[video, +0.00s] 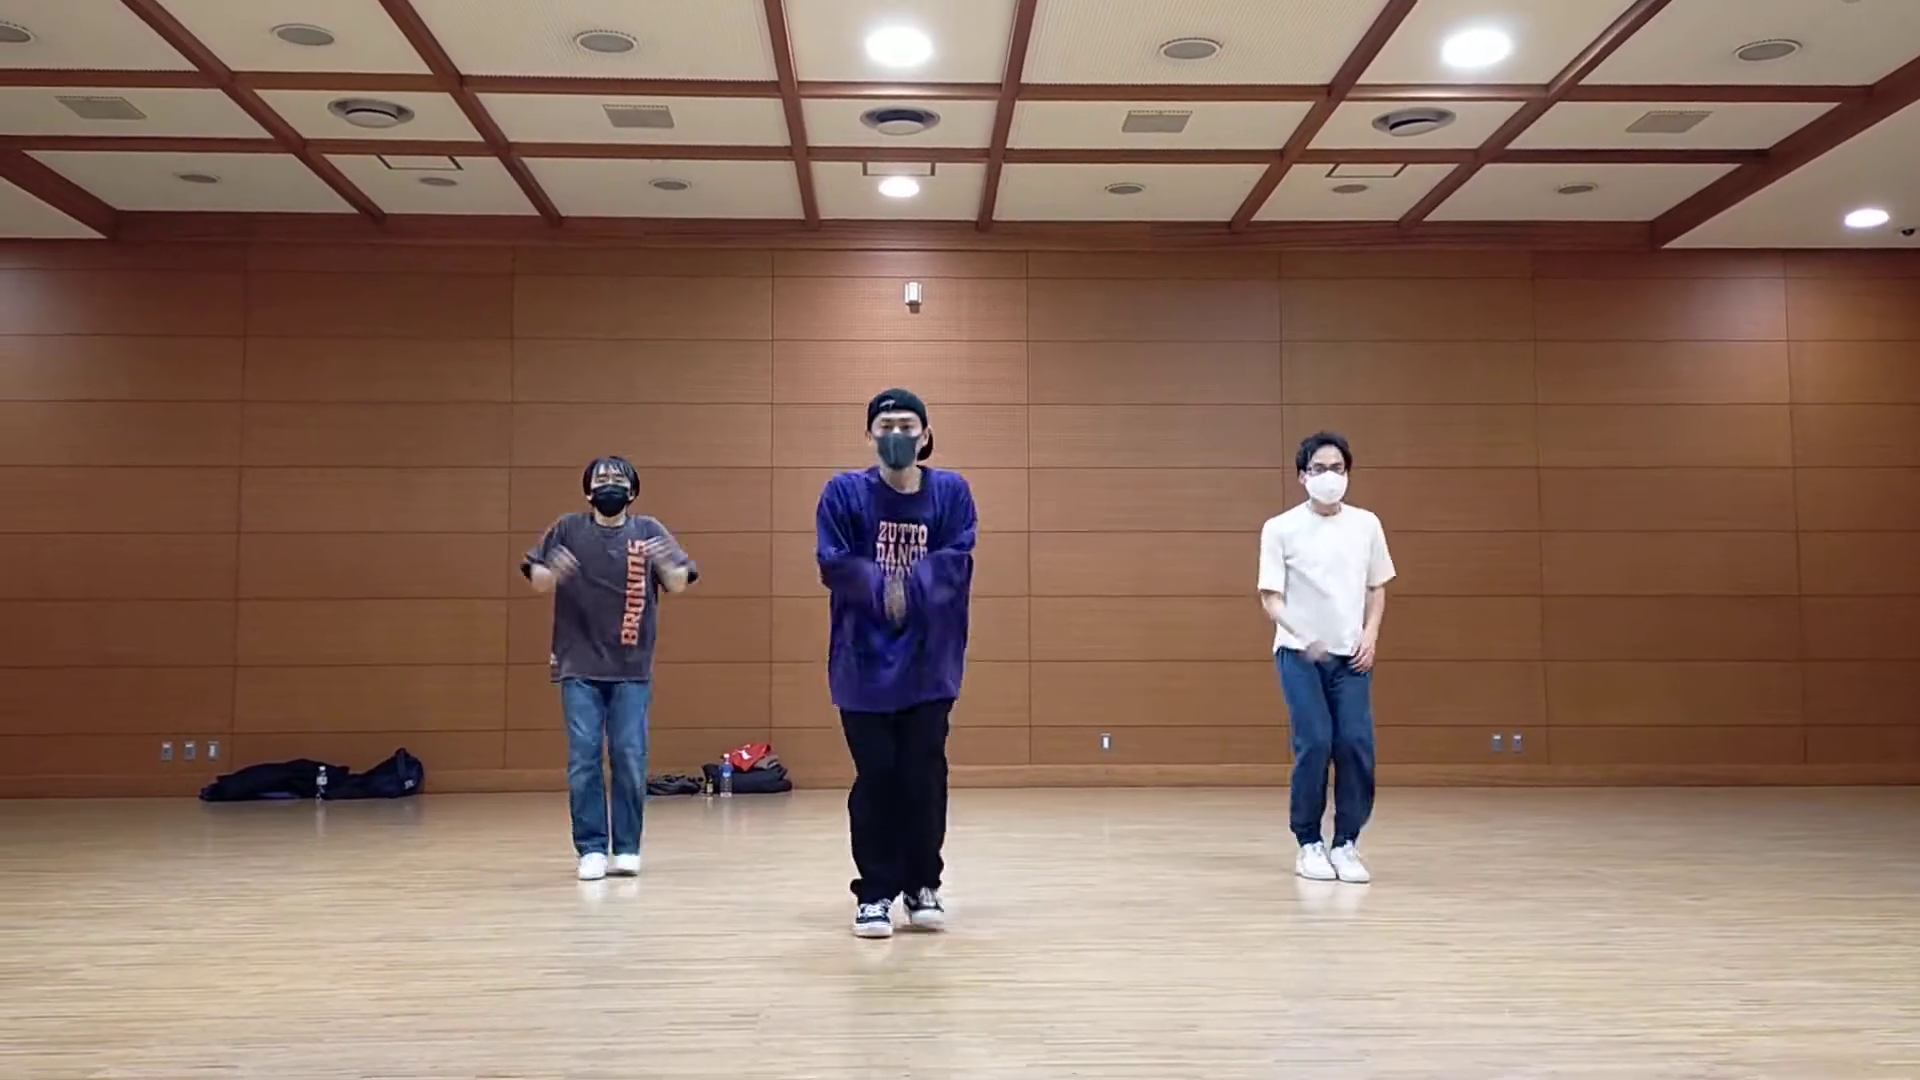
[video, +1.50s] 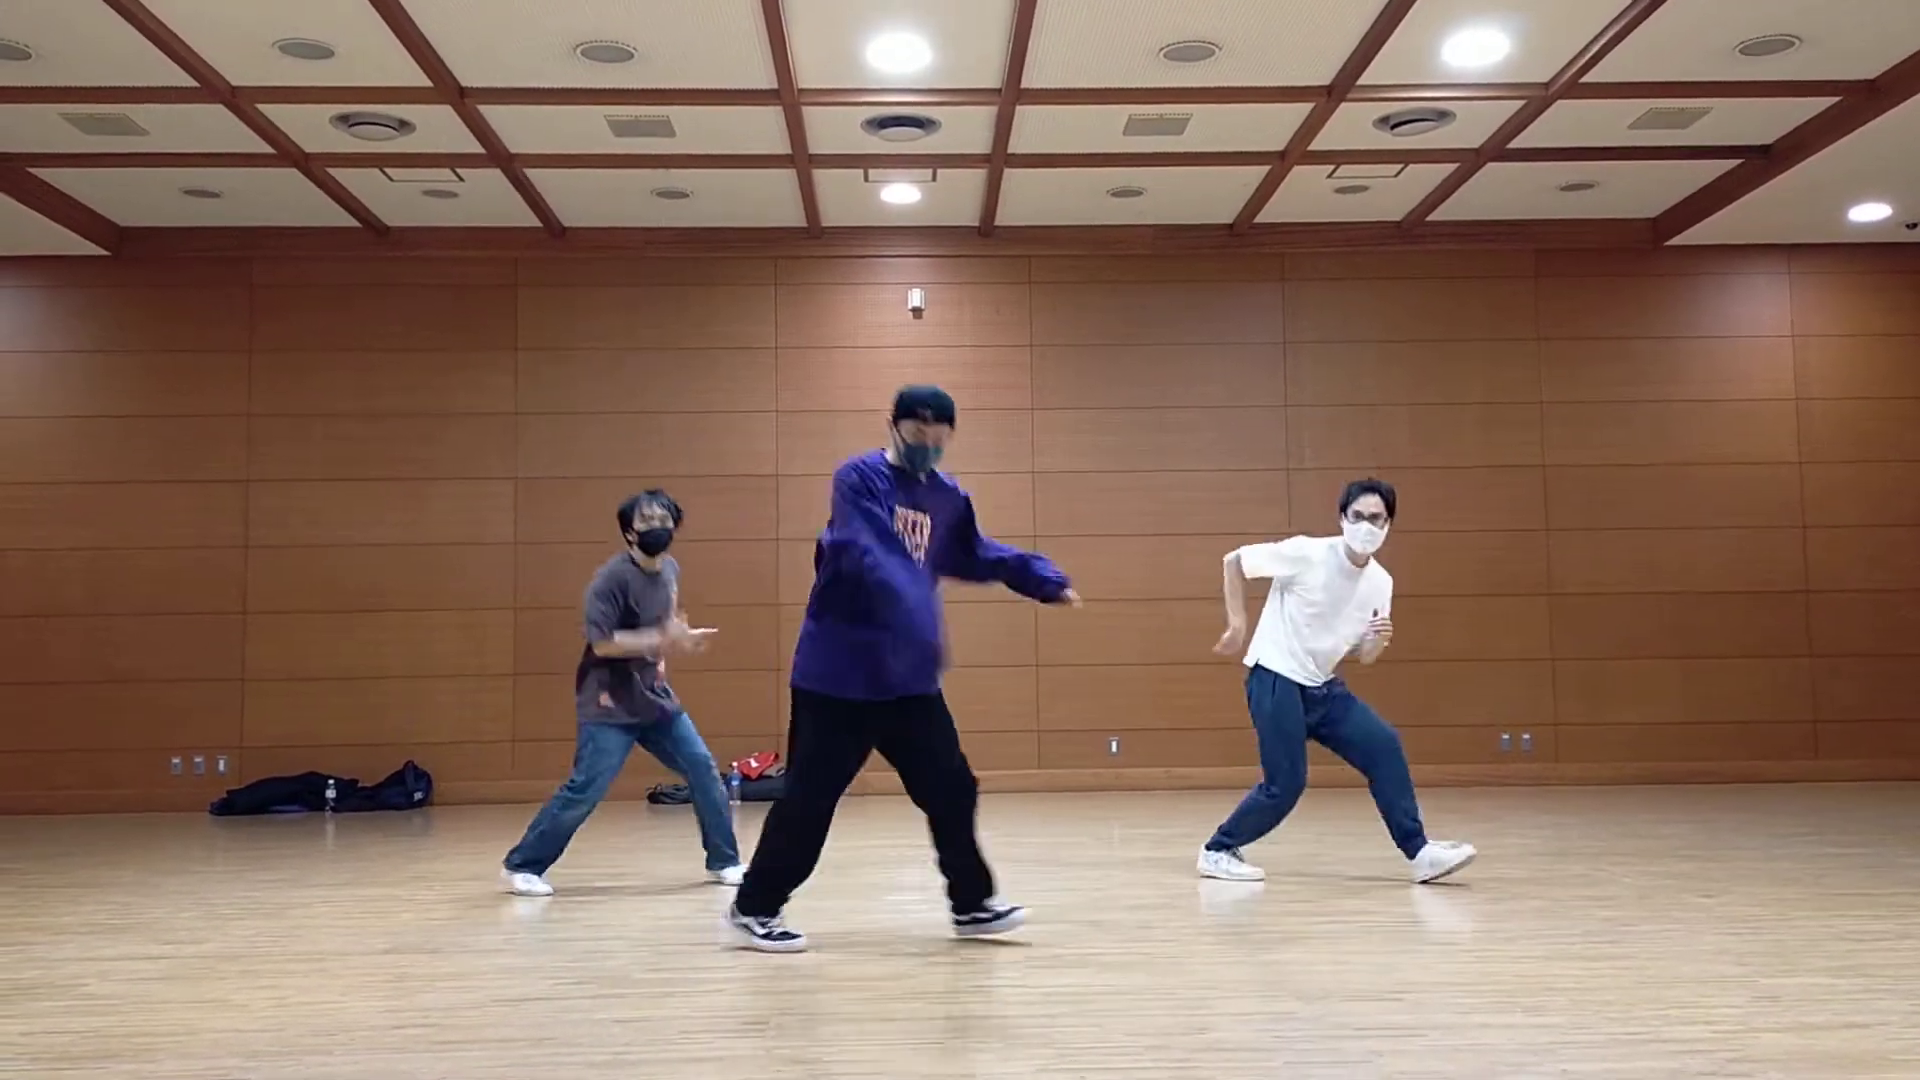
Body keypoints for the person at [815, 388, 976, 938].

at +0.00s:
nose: (896, 431)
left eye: (906, 423)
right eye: (886, 424)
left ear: (924, 435)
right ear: (871, 435)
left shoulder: (950, 491)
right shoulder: (844, 492)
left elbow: (958, 560)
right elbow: (832, 561)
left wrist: (906, 586)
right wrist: (884, 587)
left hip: (929, 663)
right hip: (863, 665)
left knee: (924, 774)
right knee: (877, 776)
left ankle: (923, 888)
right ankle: (875, 896)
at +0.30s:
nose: (904, 389)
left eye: (915, 382)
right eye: (894, 382)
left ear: (933, 401)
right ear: (877, 399)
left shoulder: (957, 471)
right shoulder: (849, 468)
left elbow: (981, 550)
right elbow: (813, 539)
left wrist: (992, 605)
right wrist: (809, 586)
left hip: (933, 647)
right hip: (862, 648)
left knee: (942, 767)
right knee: (858, 768)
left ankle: (947, 886)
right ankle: (857, 888)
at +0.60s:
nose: (896, 479)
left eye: (908, 472)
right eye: (886, 472)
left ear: (929, 489)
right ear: (871, 488)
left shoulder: (958, 565)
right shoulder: (844, 559)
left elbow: (1022, 630)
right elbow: (791, 640)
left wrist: (1097, 639)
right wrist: (727, 677)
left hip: (938, 727)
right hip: (858, 728)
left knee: (977, 823)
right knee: (804, 822)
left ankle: (1052, 911)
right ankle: (748, 914)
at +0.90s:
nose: (866, 404)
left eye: (877, 394)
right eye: (855, 395)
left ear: (897, 402)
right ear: (839, 403)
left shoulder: (930, 468)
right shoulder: (810, 469)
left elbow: (982, 510)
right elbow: (748, 512)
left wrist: (1018, 501)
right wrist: (752, 525)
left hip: (907, 651)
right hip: (829, 651)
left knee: (911, 769)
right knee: (822, 774)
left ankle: (918, 889)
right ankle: (801, 890)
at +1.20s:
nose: (848, 456)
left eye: (858, 447)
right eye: (837, 445)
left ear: (873, 450)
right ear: (818, 447)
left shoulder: (902, 510)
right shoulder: (798, 518)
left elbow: (909, 590)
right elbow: (821, 574)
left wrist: (918, 664)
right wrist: (873, 508)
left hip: (885, 688)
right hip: (821, 688)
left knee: (873, 816)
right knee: (816, 807)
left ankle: (836, 898)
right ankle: (803, 912)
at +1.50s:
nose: (926, 432)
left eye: (937, 424)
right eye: (916, 421)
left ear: (950, 435)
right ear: (894, 426)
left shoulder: (949, 499)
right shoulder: (859, 479)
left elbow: (971, 555)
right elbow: (862, 551)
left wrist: (1038, 575)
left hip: (906, 678)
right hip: (837, 677)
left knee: (951, 789)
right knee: (809, 798)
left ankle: (972, 905)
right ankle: (753, 909)